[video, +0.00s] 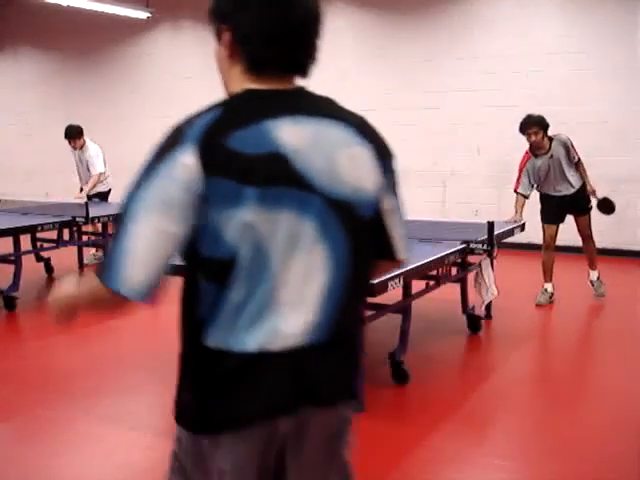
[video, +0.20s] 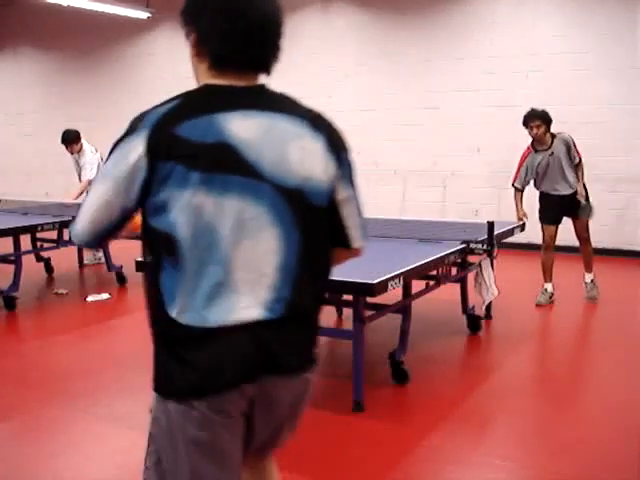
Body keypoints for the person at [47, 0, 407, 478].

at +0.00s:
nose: (216, 50)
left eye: (216, 38)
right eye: (217, 38)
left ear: (227, 41)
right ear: (305, 43)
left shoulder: (201, 139)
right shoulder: (361, 139)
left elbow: (127, 278)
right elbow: (388, 254)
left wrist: (74, 292)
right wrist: (319, 270)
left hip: (225, 398)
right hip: (326, 392)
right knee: (322, 473)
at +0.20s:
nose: (188, 47)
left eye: (189, 37)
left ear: (195, 43)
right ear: (271, 44)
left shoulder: (158, 128)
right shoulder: (318, 132)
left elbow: (88, 230)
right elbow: (348, 244)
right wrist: (280, 263)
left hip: (199, 368)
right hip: (291, 361)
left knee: (195, 471)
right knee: (260, 460)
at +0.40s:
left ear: (167, 66)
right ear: (238, 66)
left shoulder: (133, 142)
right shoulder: (271, 147)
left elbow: (107, 218)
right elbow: (304, 244)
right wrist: (244, 256)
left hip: (165, 347)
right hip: (244, 343)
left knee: (176, 470)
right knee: (225, 458)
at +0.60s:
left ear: (156, 63)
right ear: (221, 68)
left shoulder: (124, 135)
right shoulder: (246, 141)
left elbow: (104, 212)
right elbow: (291, 226)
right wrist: (287, 237)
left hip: (151, 324)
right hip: (226, 319)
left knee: (137, 439)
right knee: (212, 430)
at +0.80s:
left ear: (142, 65)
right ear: (203, 67)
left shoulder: (112, 134)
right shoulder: (230, 134)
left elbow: (85, 217)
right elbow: (288, 216)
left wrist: (119, 227)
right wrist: (308, 224)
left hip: (136, 301)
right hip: (210, 300)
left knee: (119, 390)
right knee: (203, 417)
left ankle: (145, 478)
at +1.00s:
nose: (178, 92)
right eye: (179, 86)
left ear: (124, 87)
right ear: (175, 90)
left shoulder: (93, 145)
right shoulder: (200, 141)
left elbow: (53, 220)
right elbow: (256, 183)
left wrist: (91, 248)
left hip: (123, 302)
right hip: (188, 298)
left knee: (121, 397)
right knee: (193, 407)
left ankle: (126, 472)